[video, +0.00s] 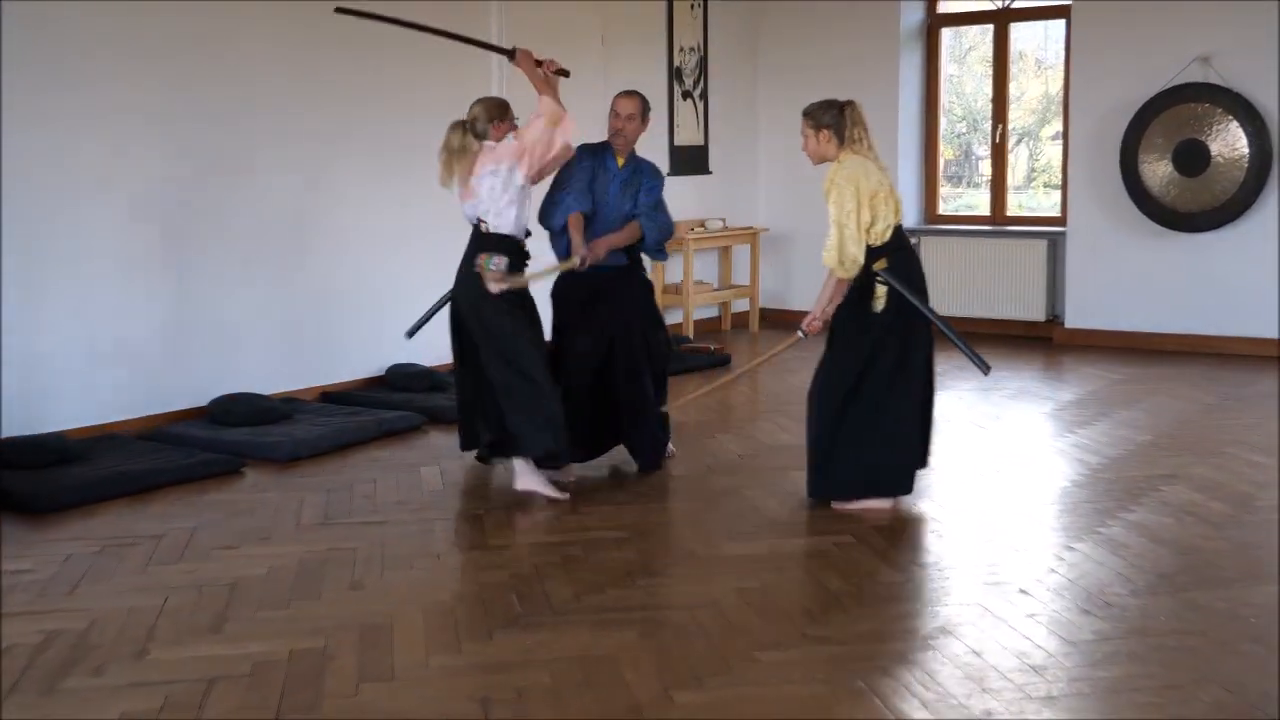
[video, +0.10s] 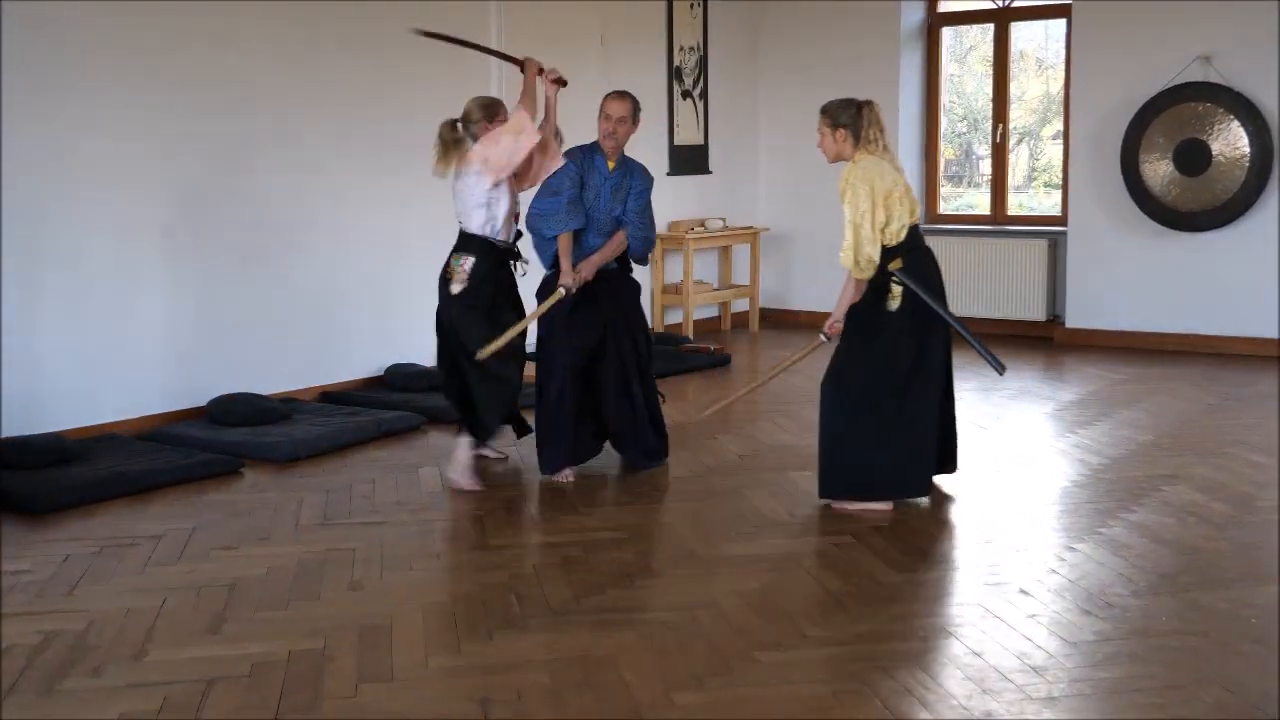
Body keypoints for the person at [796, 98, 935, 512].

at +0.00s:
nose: (803, 146)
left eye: (806, 137)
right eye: (803, 137)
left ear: (826, 136)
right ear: (837, 135)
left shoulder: (844, 175)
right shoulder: (867, 167)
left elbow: (849, 255)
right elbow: (845, 253)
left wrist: (823, 311)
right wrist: (821, 308)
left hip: (877, 291)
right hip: (902, 284)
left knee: (838, 388)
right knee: (885, 383)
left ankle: (869, 490)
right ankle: (884, 485)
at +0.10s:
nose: (818, 143)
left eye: (821, 135)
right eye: (818, 134)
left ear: (843, 135)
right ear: (854, 134)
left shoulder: (859, 175)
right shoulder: (883, 164)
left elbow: (864, 257)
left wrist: (839, 313)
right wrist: (847, 308)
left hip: (892, 288)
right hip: (918, 279)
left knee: (842, 383)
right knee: (894, 379)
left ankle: (869, 492)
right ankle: (901, 478)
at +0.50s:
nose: (895, 133)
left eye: (899, 124)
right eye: (896, 124)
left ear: (921, 125)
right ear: (928, 125)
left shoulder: (947, 166)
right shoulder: (945, 160)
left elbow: (952, 242)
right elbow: (937, 240)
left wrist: (930, 298)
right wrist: (916, 295)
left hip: (981, 278)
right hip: (999, 271)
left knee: (928, 374)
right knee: (993, 368)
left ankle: (910, 487)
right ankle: (1001, 465)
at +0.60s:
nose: (913, 133)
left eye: (917, 124)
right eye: (913, 125)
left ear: (938, 125)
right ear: (943, 124)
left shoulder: (961, 167)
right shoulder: (966, 161)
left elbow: (966, 246)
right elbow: (949, 241)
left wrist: (944, 296)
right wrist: (925, 298)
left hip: (996, 280)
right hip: (1011, 273)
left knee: (946, 375)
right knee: (996, 370)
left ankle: (953, 487)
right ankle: (1002, 467)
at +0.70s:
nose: (928, 130)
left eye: (932, 122)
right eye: (928, 122)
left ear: (954, 123)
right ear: (957, 122)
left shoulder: (979, 165)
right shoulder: (972, 163)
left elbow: (980, 241)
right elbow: (959, 236)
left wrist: (957, 291)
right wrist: (932, 292)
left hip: (1011, 277)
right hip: (1005, 273)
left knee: (974, 373)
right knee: (980, 372)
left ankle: (997, 482)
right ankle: (993, 478)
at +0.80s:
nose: (944, 128)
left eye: (947, 120)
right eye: (944, 120)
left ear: (969, 121)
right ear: (973, 120)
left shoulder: (995, 163)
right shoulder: (984, 160)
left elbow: (988, 240)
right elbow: (967, 233)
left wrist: (960, 288)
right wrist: (934, 287)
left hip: (1027, 275)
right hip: (1011, 273)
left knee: (1025, 369)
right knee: (977, 360)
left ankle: (1046, 474)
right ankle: (995, 461)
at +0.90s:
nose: (958, 123)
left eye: (962, 116)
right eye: (958, 116)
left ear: (984, 118)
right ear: (987, 118)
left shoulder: (1012, 161)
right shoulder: (994, 162)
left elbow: (996, 235)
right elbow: (973, 229)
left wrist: (959, 285)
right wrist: (932, 280)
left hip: (1039, 272)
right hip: (1020, 271)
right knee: (980, 358)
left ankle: (1088, 461)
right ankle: (999, 463)